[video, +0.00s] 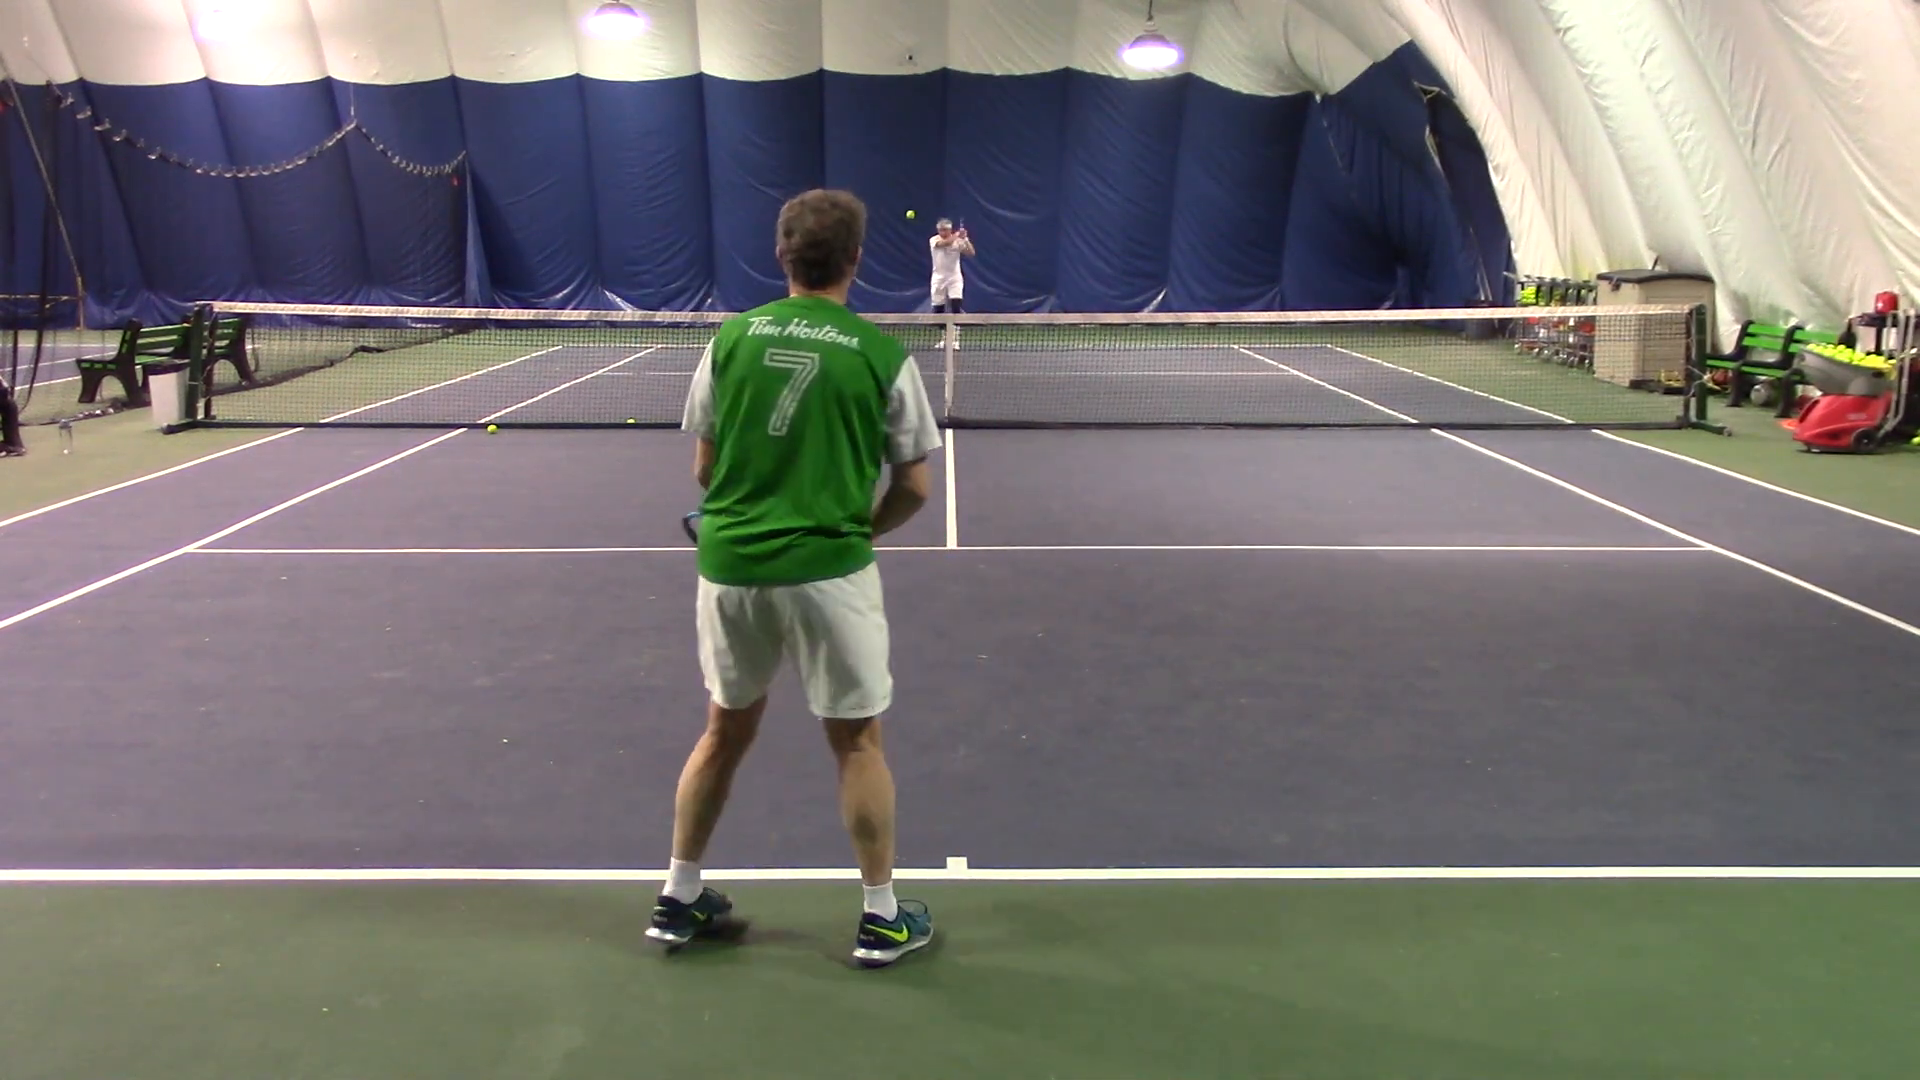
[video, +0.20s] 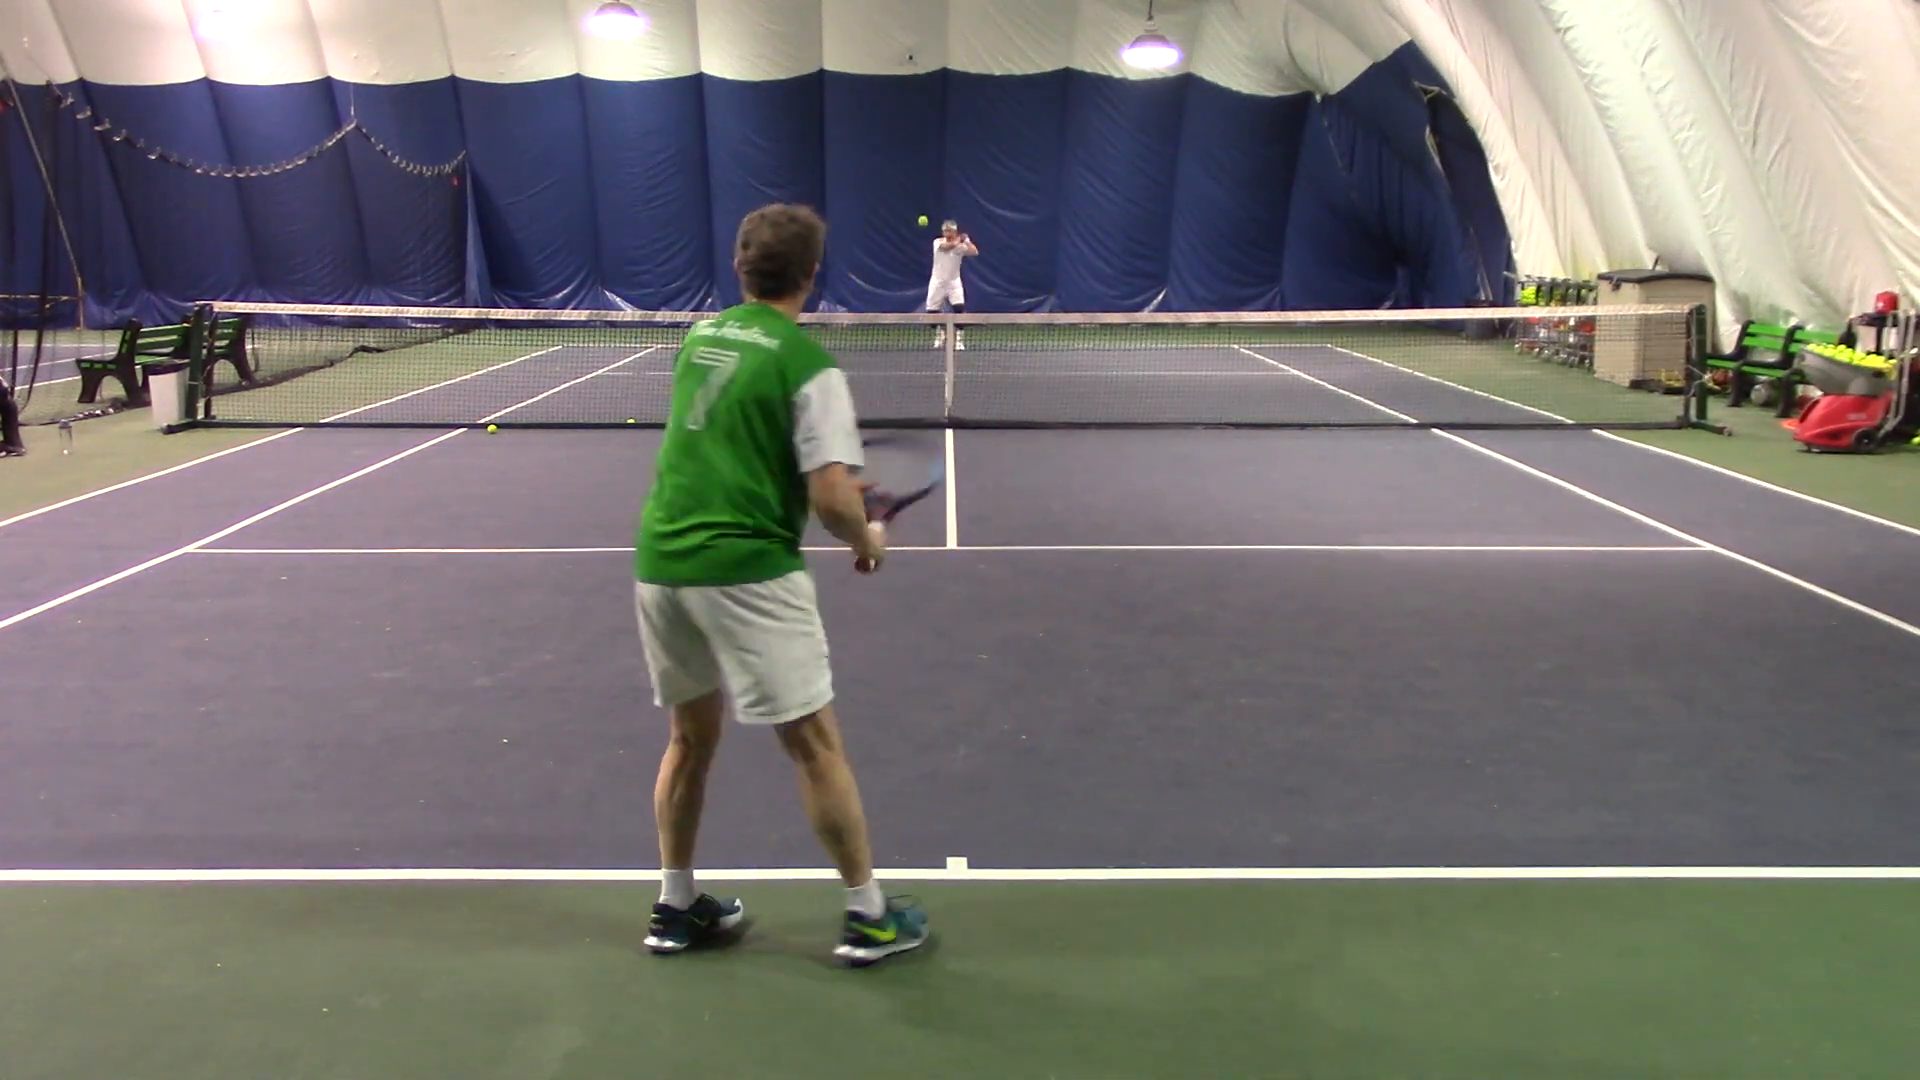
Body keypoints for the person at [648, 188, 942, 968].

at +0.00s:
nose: (856, 262)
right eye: (859, 252)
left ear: (781, 258)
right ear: (854, 261)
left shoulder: (731, 339)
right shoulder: (881, 355)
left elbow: (705, 467)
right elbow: (915, 486)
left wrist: (756, 508)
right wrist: (852, 530)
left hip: (731, 566)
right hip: (831, 570)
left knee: (724, 729)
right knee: (857, 739)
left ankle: (677, 898)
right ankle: (882, 915)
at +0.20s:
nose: (817, 273)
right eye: (817, 264)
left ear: (740, 267)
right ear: (813, 275)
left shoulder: (701, 338)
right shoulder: (806, 363)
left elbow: (731, 450)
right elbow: (832, 496)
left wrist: (841, 486)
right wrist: (866, 541)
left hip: (662, 561)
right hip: (751, 569)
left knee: (691, 735)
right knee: (815, 746)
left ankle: (675, 904)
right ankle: (869, 911)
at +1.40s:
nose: (805, 299)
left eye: (804, 287)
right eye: (805, 289)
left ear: (727, 276)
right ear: (785, 296)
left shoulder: (648, 318)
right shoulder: (783, 376)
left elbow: (561, 335)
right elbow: (819, 395)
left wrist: (600, 327)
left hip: (627, 568)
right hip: (708, 581)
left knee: (685, 732)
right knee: (693, 756)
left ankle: (698, 878)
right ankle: (639, 931)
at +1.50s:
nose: (825, 299)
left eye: (825, 288)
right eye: (825, 290)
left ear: (745, 277)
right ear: (807, 300)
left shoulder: (666, 320)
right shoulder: (808, 365)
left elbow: (558, 336)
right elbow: (758, 360)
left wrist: (628, 349)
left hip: (640, 562)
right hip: (724, 574)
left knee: (684, 723)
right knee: (711, 750)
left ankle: (699, 878)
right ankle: (659, 923)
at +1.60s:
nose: (830, 296)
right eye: (832, 287)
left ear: (756, 275)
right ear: (818, 295)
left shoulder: (679, 320)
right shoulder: (815, 356)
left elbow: (570, 353)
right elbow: (774, 300)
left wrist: (634, 340)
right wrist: (737, 241)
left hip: (656, 558)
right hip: (744, 570)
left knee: (688, 725)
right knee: (733, 743)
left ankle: (704, 878)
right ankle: (688, 911)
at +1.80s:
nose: (849, 285)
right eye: (851, 276)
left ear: (778, 267)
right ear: (841, 284)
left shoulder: (698, 322)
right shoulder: (841, 349)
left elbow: (606, 381)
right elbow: (795, 302)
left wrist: (668, 347)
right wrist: (739, 254)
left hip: (686, 556)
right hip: (780, 563)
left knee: (705, 723)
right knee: (806, 738)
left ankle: (699, 883)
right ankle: (818, 919)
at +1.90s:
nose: (859, 278)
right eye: (861, 268)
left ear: (786, 265)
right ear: (856, 279)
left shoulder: (716, 324)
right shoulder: (861, 352)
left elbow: (631, 404)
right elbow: (812, 333)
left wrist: (710, 393)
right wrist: (772, 299)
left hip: (708, 558)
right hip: (803, 564)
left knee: (714, 722)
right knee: (836, 737)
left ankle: (698, 883)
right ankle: (858, 917)